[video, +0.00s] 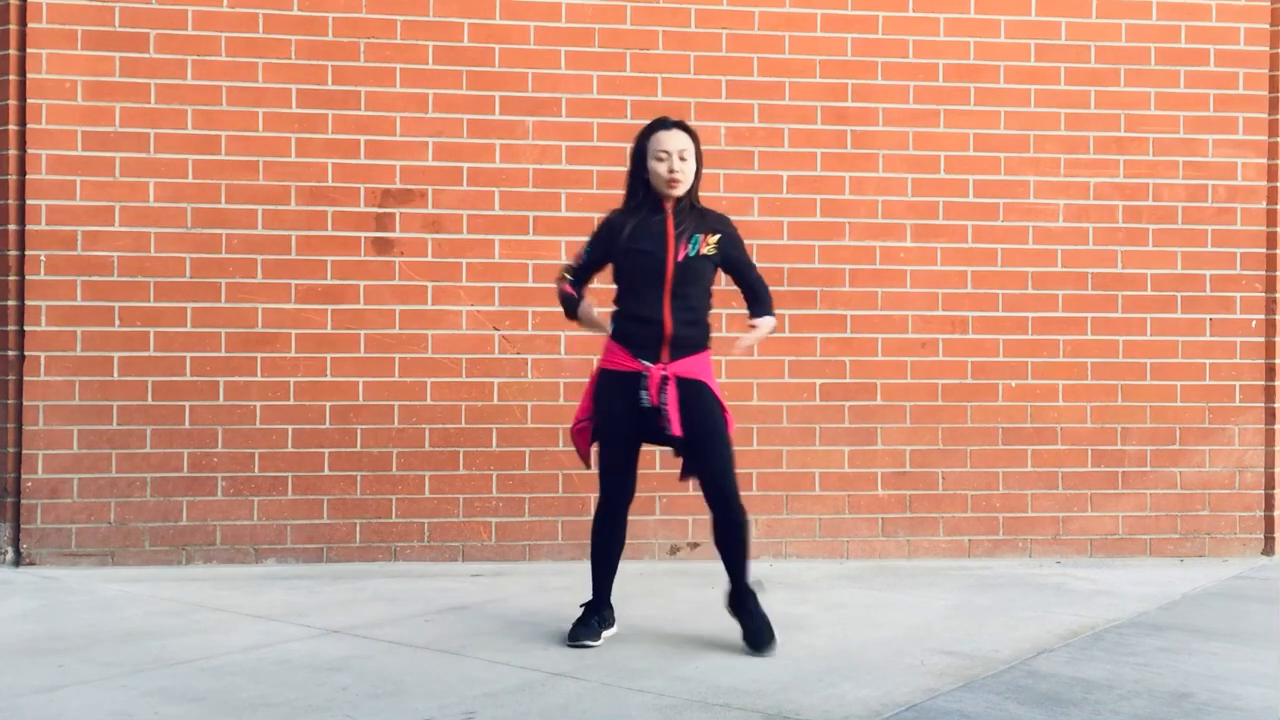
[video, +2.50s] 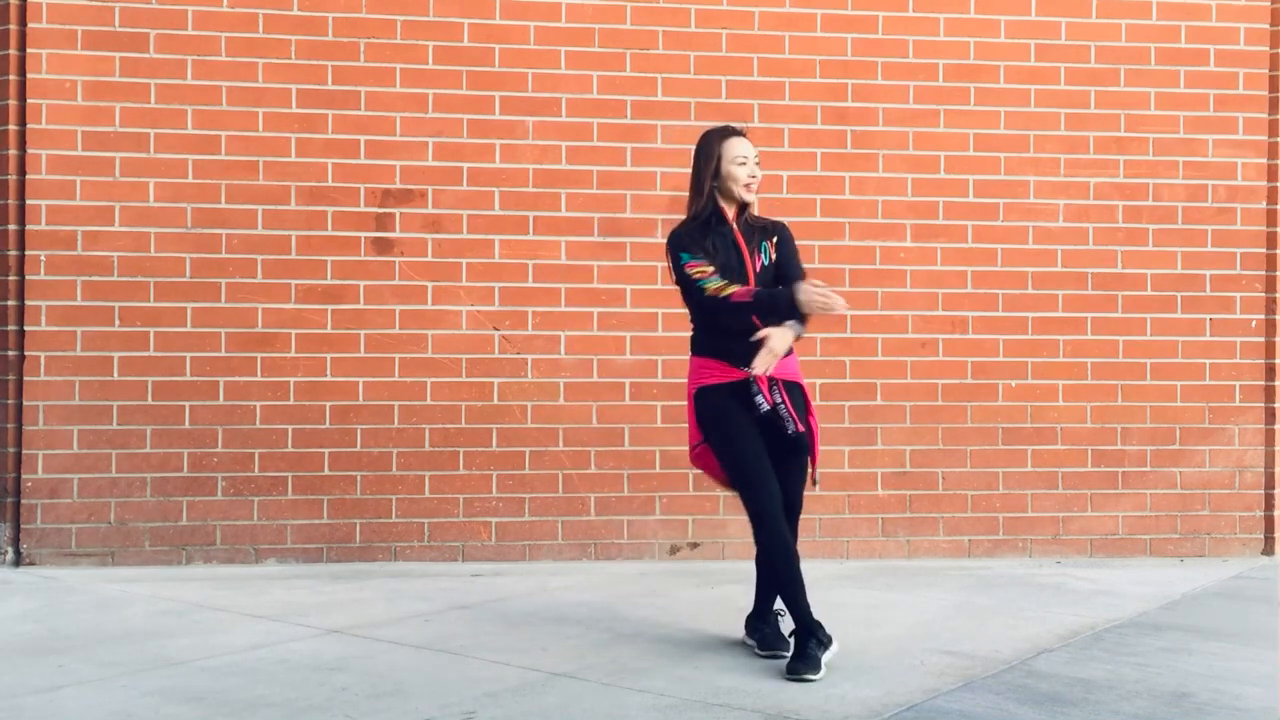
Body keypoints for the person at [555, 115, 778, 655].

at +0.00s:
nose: (673, 166)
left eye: (683, 157)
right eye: (662, 156)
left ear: (696, 165)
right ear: (644, 165)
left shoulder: (714, 227)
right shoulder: (622, 224)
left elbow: (753, 285)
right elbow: (569, 282)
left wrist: (763, 320)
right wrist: (587, 317)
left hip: (690, 373)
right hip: (624, 370)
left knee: (723, 491)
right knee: (615, 493)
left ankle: (741, 594)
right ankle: (599, 604)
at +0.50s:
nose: (729, 182)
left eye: (736, 171)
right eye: (717, 173)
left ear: (746, 172)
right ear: (694, 176)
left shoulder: (765, 225)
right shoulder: (674, 238)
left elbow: (766, 304)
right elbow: (705, 293)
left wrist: (743, 348)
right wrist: (773, 316)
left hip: (771, 373)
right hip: (713, 379)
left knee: (769, 506)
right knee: (753, 504)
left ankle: (747, 613)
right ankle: (796, 624)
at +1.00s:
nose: (707, 162)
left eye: (716, 152)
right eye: (695, 153)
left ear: (732, 159)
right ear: (678, 163)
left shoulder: (749, 229)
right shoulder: (659, 223)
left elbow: (778, 282)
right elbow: (631, 277)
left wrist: (802, 306)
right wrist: (616, 303)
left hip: (723, 375)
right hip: (658, 372)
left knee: (733, 497)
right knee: (628, 493)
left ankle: (750, 611)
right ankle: (605, 601)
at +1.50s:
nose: (664, 180)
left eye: (675, 170)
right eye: (652, 170)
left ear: (690, 177)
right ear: (637, 178)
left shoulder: (704, 243)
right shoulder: (614, 228)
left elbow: (672, 305)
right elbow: (612, 291)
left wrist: (621, 341)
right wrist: (650, 321)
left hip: (651, 378)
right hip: (593, 370)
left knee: (606, 499)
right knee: (593, 497)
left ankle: (562, 627)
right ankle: (604, 607)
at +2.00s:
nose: (691, 174)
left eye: (701, 163)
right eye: (679, 164)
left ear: (717, 169)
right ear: (664, 171)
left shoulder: (739, 230)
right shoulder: (651, 234)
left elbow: (761, 291)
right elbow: (629, 298)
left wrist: (786, 326)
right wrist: (622, 326)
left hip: (738, 380)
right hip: (671, 379)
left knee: (755, 501)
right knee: (644, 497)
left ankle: (760, 615)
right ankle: (607, 605)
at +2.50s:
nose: (754, 171)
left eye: (756, 162)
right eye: (742, 163)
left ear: (757, 170)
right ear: (712, 171)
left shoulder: (775, 233)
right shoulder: (687, 239)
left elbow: (797, 297)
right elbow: (716, 300)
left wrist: (786, 330)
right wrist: (790, 297)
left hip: (780, 381)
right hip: (721, 384)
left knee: (785, 506)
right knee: (763, 502)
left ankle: (761, 616)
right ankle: (808, 628)